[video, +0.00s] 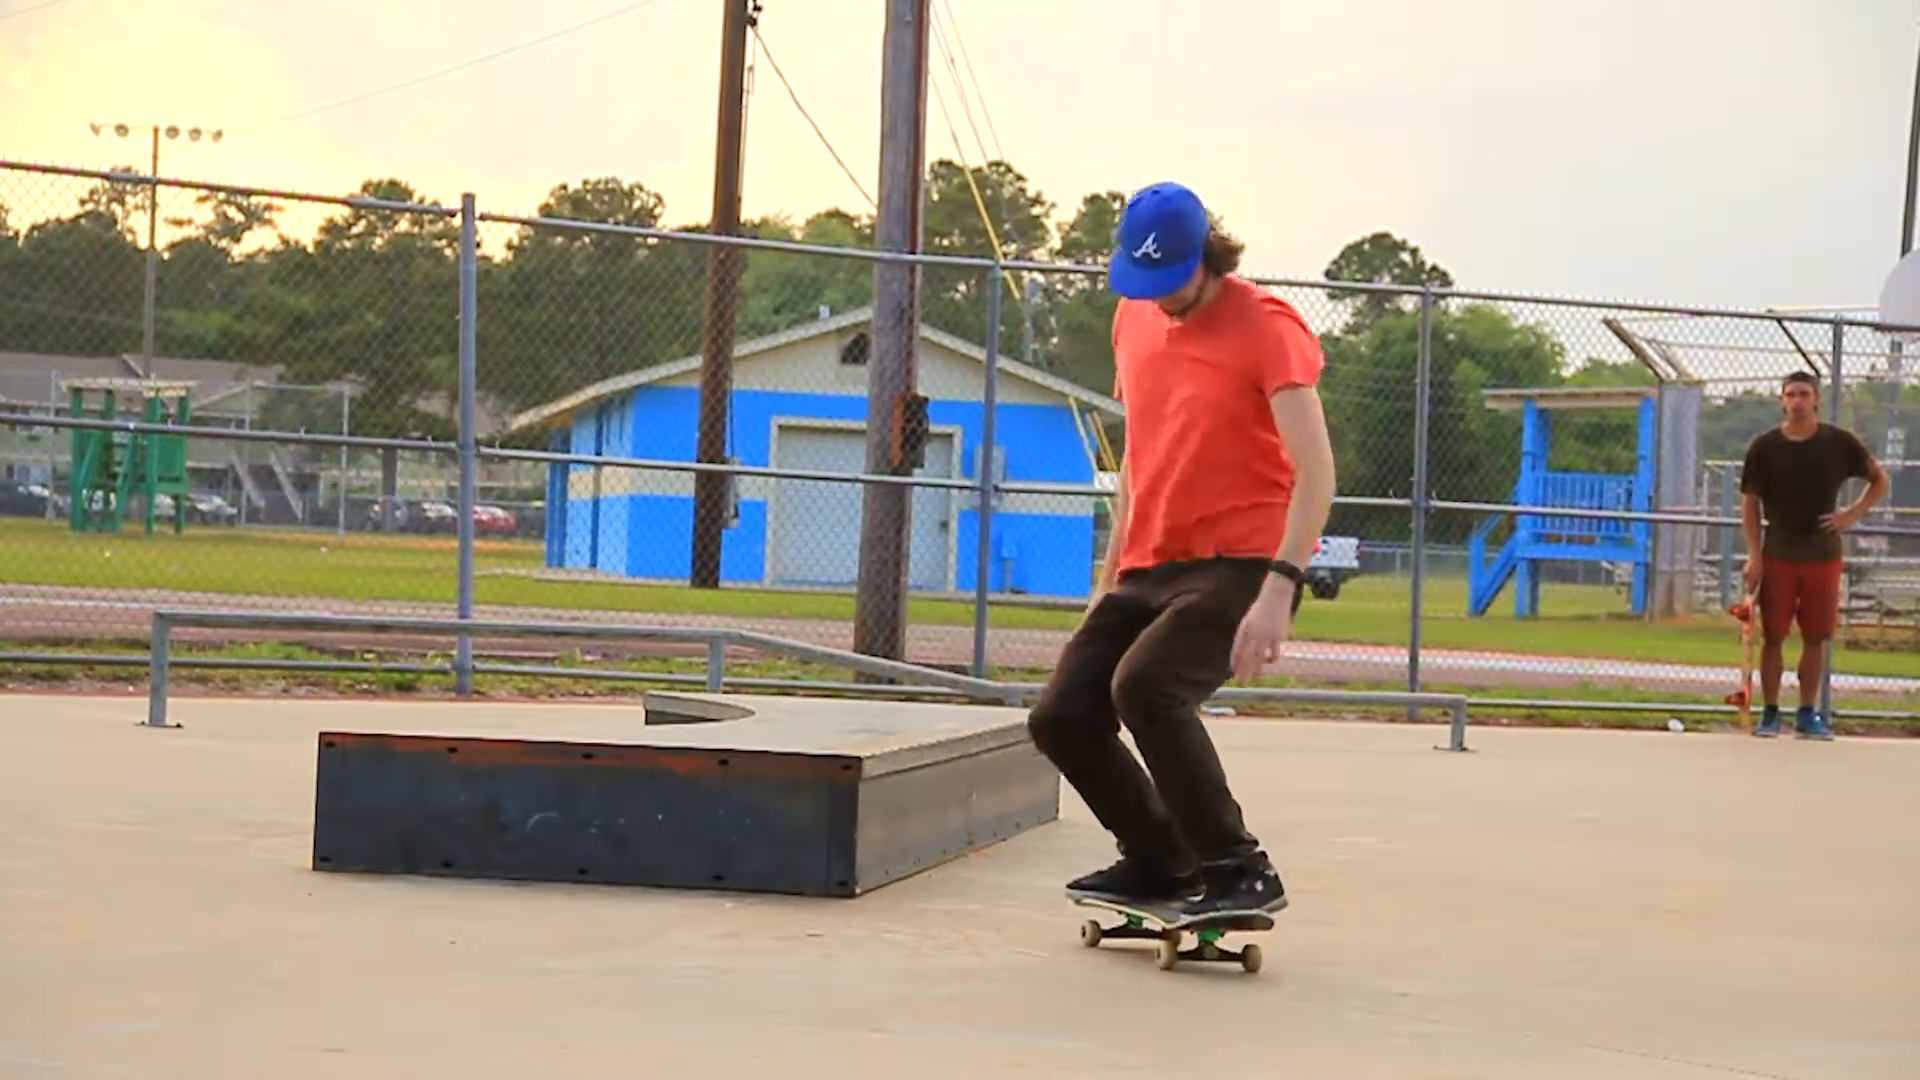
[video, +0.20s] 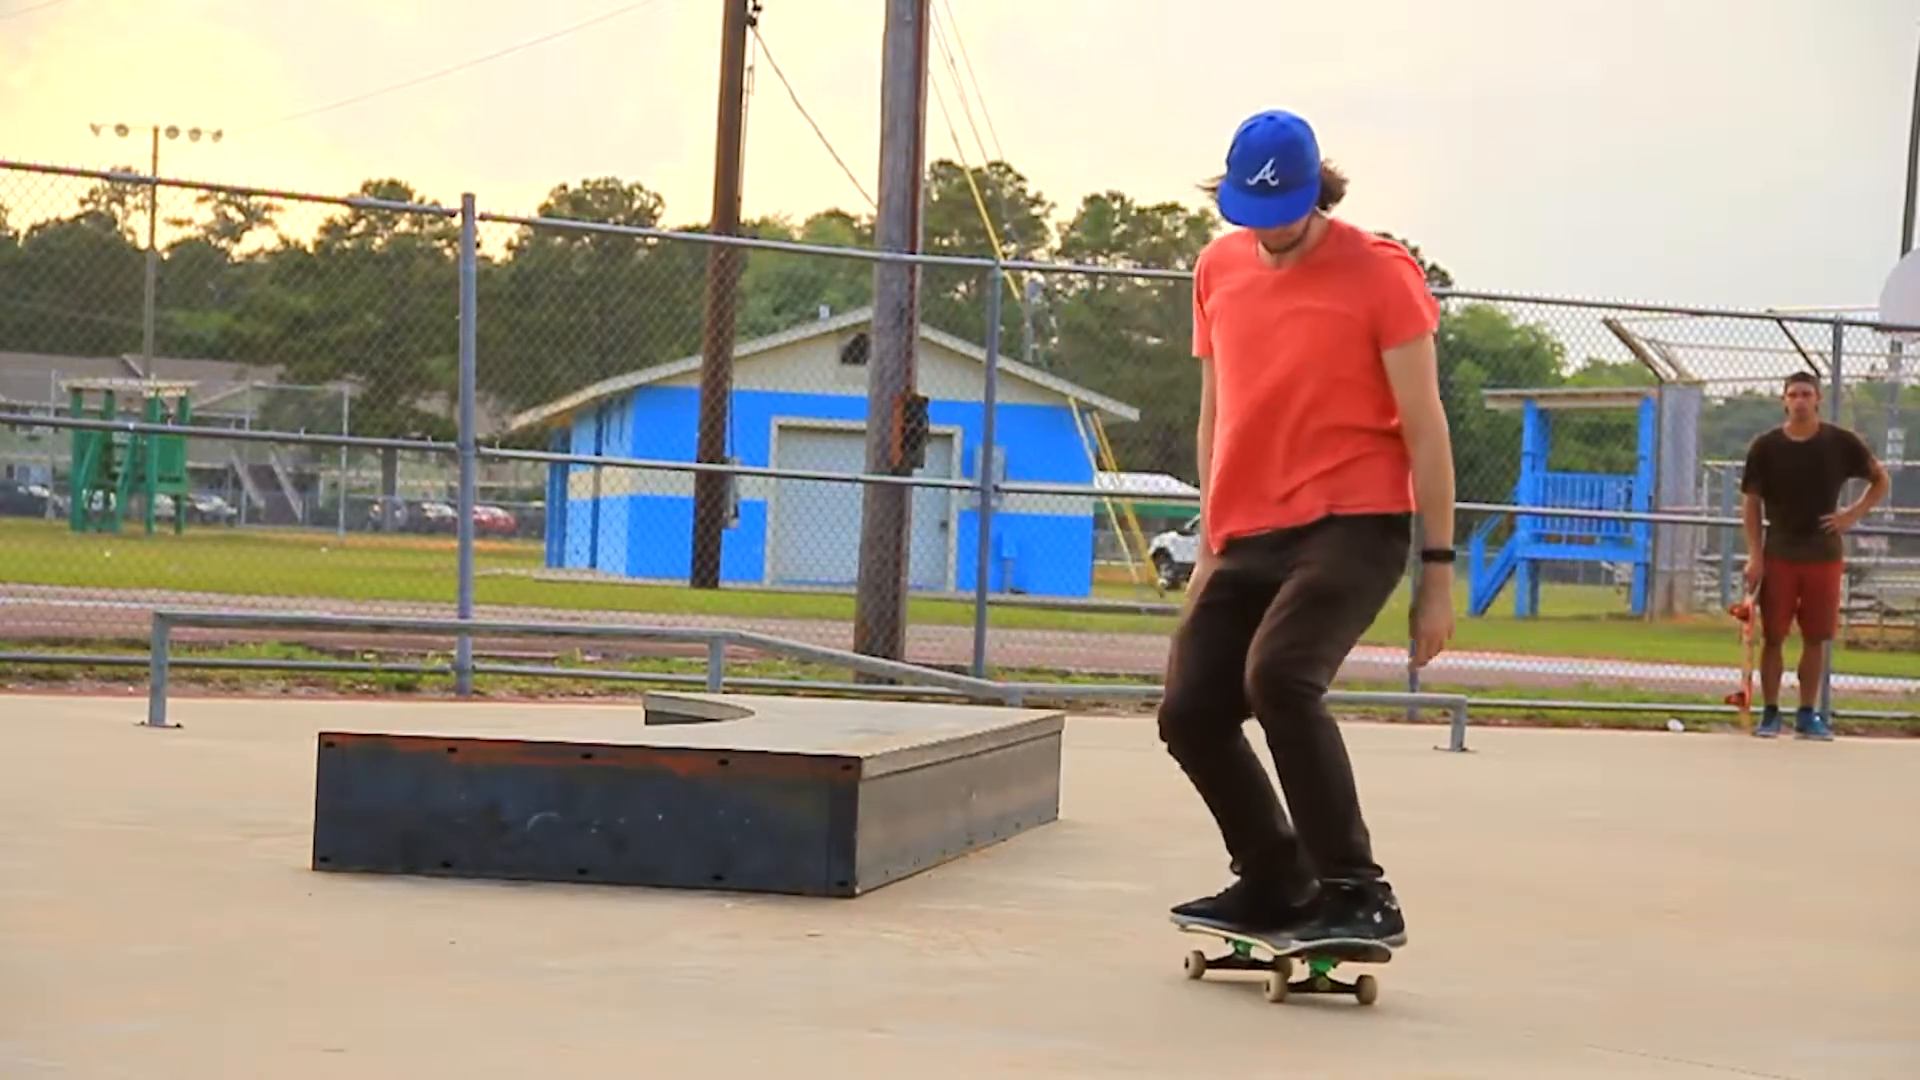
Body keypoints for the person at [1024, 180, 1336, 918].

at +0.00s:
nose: (1166, 302)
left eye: (1176, 286)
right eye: (1152, 289)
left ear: (1211, 258)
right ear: (1134, 267)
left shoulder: (1268, 328)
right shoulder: (1132, 318)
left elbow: (1316, 470)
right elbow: (1137, 454)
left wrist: (1281, 586)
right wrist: (1116, 566)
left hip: (1239, 570)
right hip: (1149, 571)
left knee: (1146, 686)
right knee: (1061, 720)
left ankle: (1237, 869)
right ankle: (1160, 864)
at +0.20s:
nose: (1269, 238)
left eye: (1284, 222)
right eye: (1254, 224)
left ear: (1320, 196)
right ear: (1235, 203)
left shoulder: (1382, 274)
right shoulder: (1219, 268)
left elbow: (1425, 424)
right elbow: (1213, 416)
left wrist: (1437, 566)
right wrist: (1211, 546)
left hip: (1358, 521)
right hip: (1252, 531)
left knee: (1280, 676)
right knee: (1190, 716)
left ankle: (1354, 892)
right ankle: (1276, 883)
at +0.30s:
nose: (1334, 188)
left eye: (1351, 172)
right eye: (1318, 173)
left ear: (1384, 148)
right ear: (1293, 153)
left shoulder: (1441, 228)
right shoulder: (1270, 227)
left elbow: (1489, 385)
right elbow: (1266, 380)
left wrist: (1507, 523)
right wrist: (1270, 511)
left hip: (1418, 488)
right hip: (1308, 501)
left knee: (1350, 677)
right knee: (1264, 701)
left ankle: (1430, 906)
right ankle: (1338, 893)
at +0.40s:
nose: (1404, 138)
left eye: (1422, 122)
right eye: (1386, 120)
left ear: (1454, 103)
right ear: (1358, 100)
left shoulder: (1508, 186)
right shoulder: (1331, 184)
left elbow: (1557, 348)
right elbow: (1323, 349)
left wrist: (1573, 497)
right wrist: (1325, 488)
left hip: (1479, 462)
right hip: (1366, 474)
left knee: (1427, 679)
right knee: (1343, 697)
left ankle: (1514, 922)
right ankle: (1398, 905)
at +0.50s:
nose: (1481, 93)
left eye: (1500, 75)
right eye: (1462, 75)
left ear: (1531, 56)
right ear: (1432, 58)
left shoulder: (1582, 148)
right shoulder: (1396, 148)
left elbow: (1632, 316)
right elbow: (1379, 320)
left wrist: (1647, 471)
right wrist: (1382, 465)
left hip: (1546, 451)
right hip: (1428, 461)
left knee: (1520, 682)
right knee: (1422, 695)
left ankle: (1587, 934)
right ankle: (1457, 918)